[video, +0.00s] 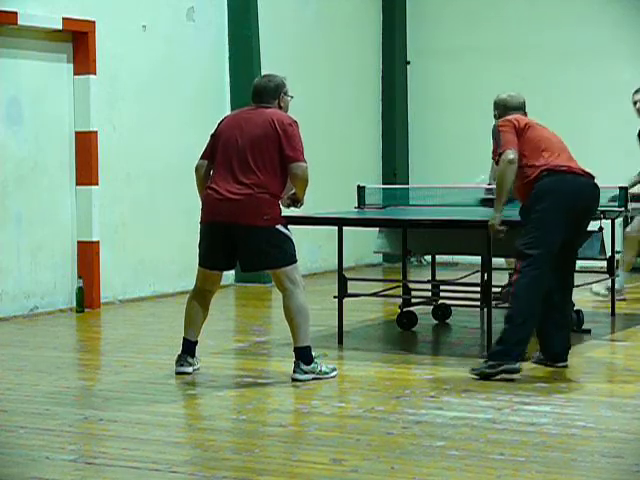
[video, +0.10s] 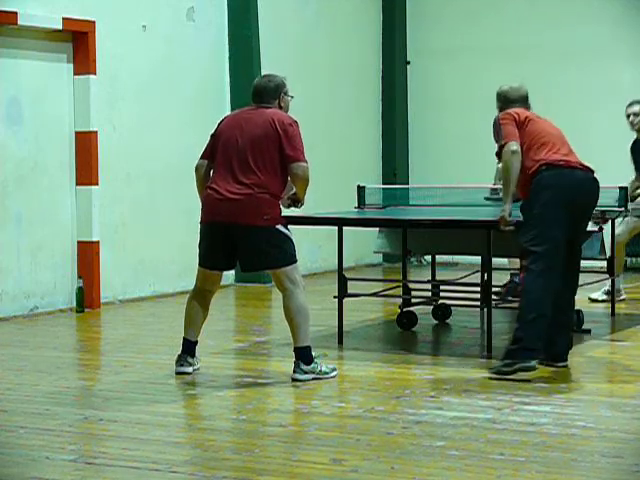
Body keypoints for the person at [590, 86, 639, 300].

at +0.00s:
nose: (638, 106)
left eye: (639, 101)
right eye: (636, 102)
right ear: (633, 105)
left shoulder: (639, 131)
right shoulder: (638, 132)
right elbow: (639, 172)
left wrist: (631, 187)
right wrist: (628, 185)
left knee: (632, 233)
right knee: (631, 233)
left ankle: (619, 281)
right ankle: (619, 281)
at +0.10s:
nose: (633, 119)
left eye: (637, 115)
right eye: (630, 116)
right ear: (627, 119)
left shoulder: (637, 145)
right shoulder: (634, 146)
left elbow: (638, 176)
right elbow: (638, 175)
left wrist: (632, 191)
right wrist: (629, 192)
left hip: (638, 204)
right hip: (637, 203)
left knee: (618, 235)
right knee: (615, 234)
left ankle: (615, 285)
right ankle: (615, 285)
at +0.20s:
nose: (626, 132)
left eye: (630, 127)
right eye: (623, 129)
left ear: (639, 128)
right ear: (621, 133)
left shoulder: (636, 158)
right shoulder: (633, 158)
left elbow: (636, 188)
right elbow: (635, 189)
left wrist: (632, 196)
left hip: (638, 213)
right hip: (634, 212)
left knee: (617, 239)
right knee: (614, 239)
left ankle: (616, 286)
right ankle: (615, 285)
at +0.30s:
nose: (620, 142)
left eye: (624, 137)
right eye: (618, 139)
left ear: (636, 137)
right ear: (617, 141)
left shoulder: (638, 158)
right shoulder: (635, 159)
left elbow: (638, 195)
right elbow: (638, 194)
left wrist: (629, 198)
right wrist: (626, 197)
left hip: (638, 220)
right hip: (635, 218)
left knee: (618, 241)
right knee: (616, 240)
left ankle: (615, 286)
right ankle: (615, 285)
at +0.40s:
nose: (619, 148)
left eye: (623, 144)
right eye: (618, 145)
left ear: (635, 143)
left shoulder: (636, 161)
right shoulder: (634, 161)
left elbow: (630, 189)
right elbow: (630, 189)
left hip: (637, 220)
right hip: (635, 219)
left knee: (619, 243)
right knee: (619, 243)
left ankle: (614, 286)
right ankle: (615, 286)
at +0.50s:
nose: (624, 149)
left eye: (627, 144)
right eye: (623, 145)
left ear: (638, 144)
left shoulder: (636, 160)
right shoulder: (632, 161)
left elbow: (622, 182)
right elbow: (621, 182)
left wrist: (599, 196)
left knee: (625, 243)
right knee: (625, 243)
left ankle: (616, 286)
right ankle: (616, 286)